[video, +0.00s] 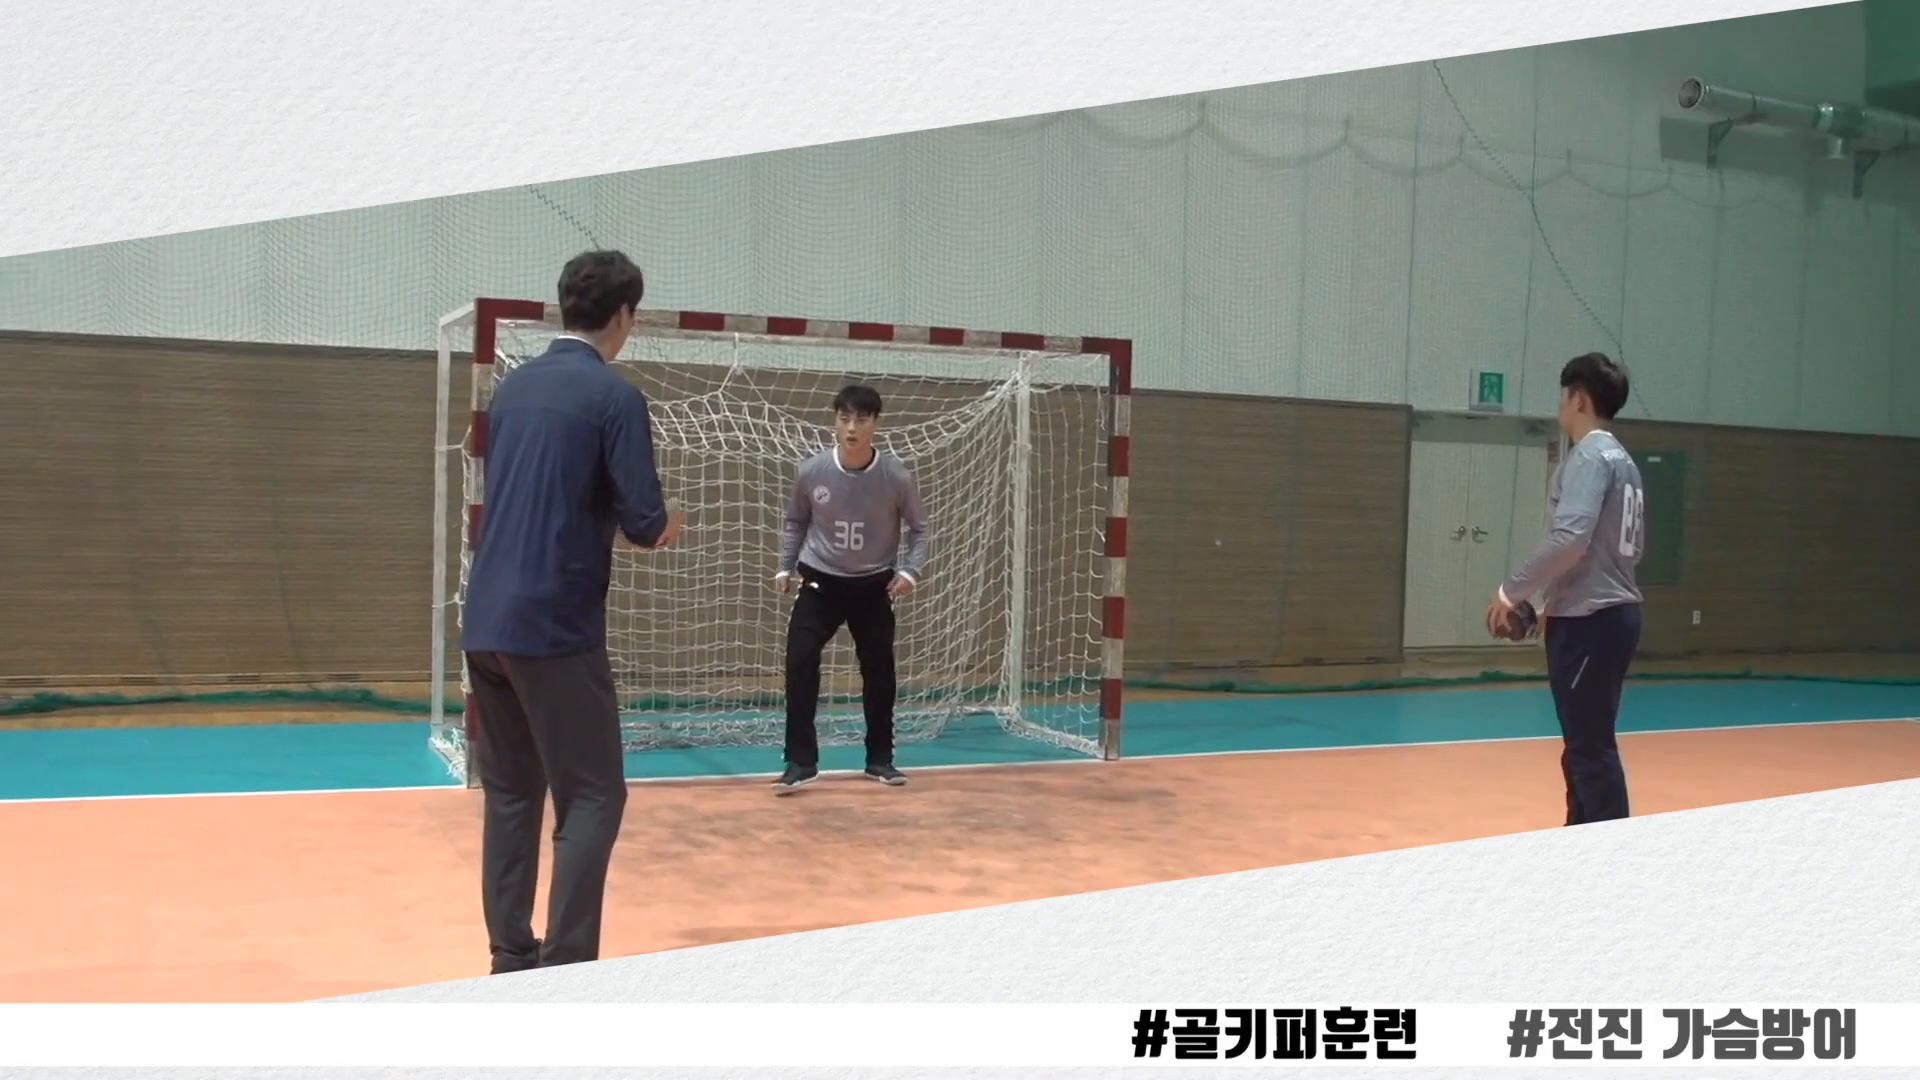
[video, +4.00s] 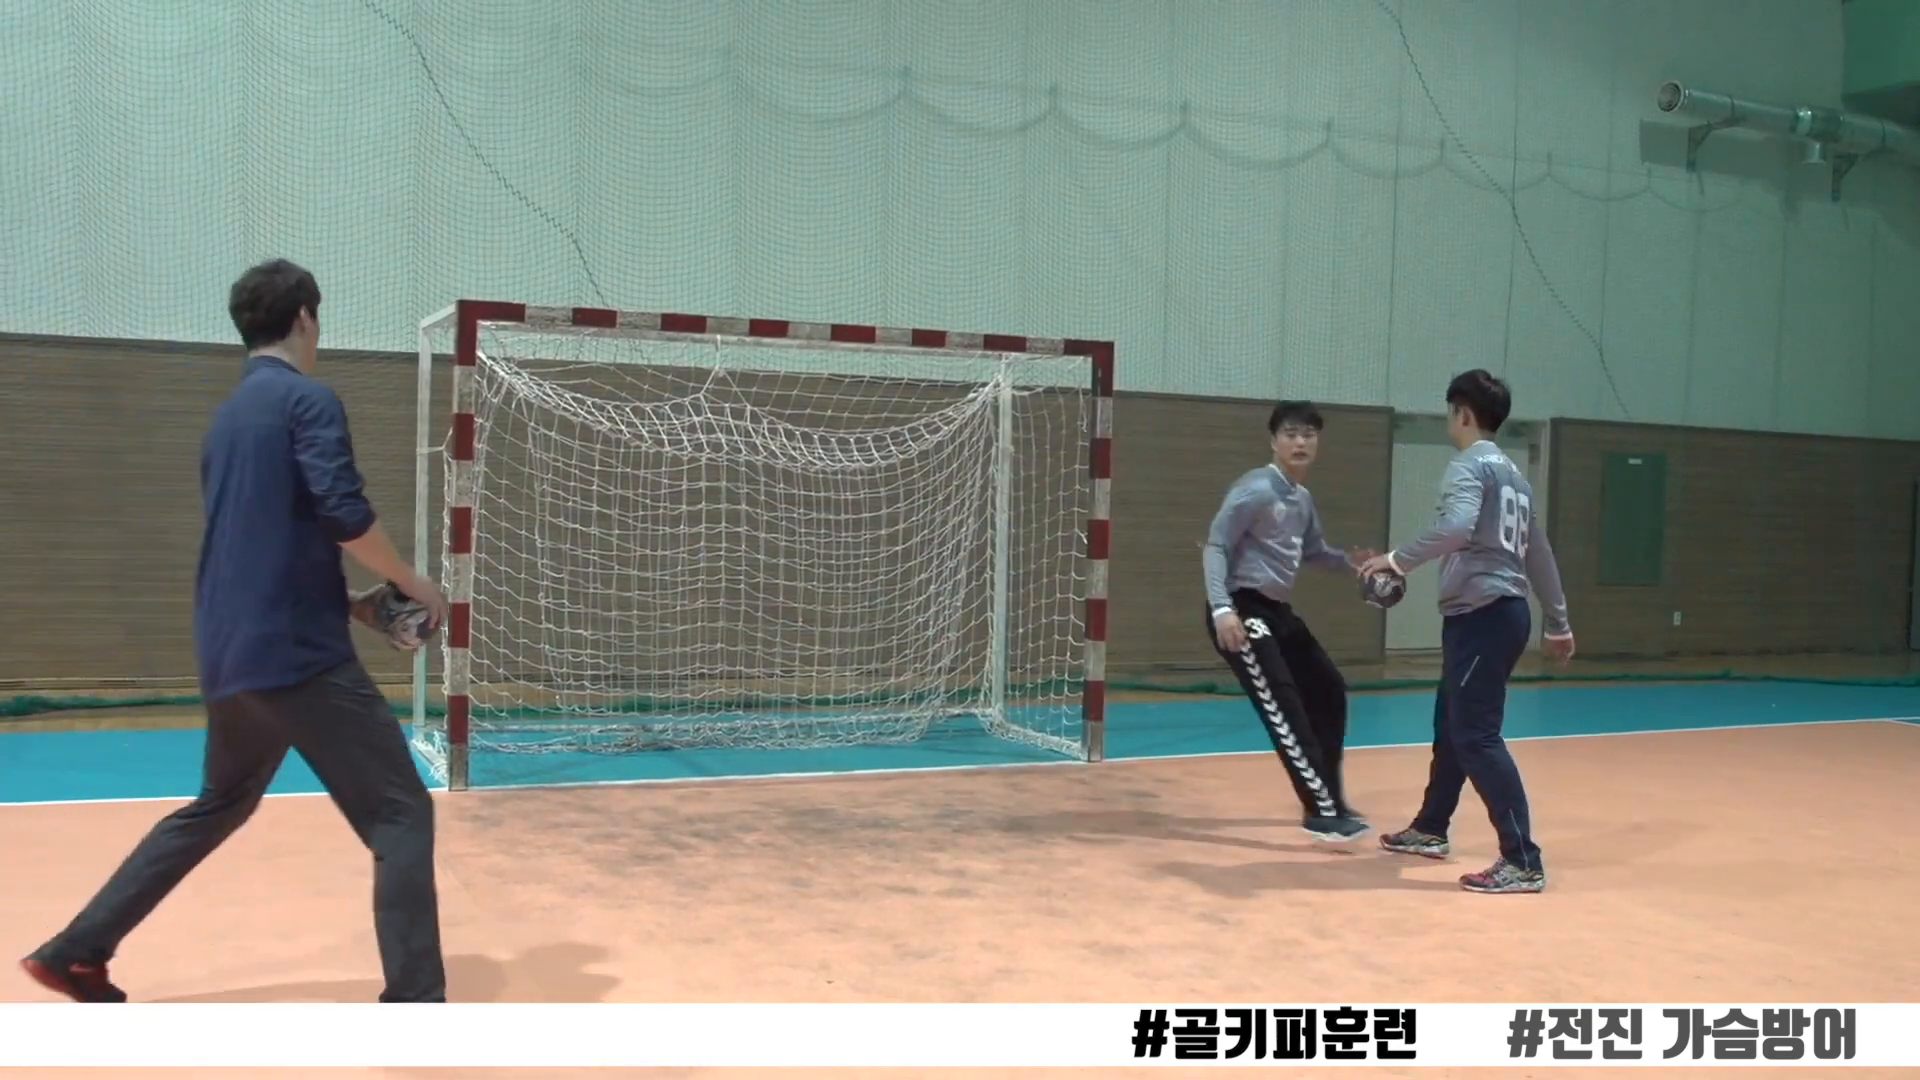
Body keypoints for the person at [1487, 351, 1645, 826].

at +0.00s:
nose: (1561, 408)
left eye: (1563, 398)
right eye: (1562, 398)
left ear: (1579, 399)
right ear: (1602, 404)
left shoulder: (1590, 454)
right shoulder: (1622, 459)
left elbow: (1570, 539)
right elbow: (1618, 552)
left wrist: (1511, 590)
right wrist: (1553, 605)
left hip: (1588, 621)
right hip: (1612, 618)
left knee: (1588, 752)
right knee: (1588, 750)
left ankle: (1607, 860)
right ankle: (1583, 857)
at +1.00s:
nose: (1523, 408)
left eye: (1531, 399)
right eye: (1527, 399)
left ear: (1555, 407)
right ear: (1562, 410)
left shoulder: (1557, 456)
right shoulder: (1581, 462)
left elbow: (1541, 537)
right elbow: (1571, 551)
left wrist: (1492, 556)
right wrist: (1513, 567)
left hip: (1565, 612)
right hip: (1590, 611)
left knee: (1537, 731)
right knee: (1569, 734)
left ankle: (1584, 862)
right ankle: (1558, 852)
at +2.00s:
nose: (1515, 407)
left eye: (1525, 398)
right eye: (1517, 398)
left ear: (1555, 406)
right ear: (1541, 407)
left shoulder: (1584, 464)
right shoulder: (1531, 473)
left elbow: (1597, 547)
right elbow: (1535, 545)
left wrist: (1515, 553)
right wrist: (1500, 551)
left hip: (1588, 627)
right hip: (1544, 627)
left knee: (1574, 749)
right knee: (1542, 747)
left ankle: (1594, 877)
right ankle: (1556, 853)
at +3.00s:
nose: (1435, 435)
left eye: (1440, 428)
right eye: (1438, 427)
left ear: (1455, 432)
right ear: (1474, 436)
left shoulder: (1456, 471)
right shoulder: (1487, 483)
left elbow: (1393, 437)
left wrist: (1381, 379)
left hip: (1484, 631)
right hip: (1478, 630)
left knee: (1508, 747)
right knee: (1432, 721)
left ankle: (1573, 863)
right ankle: (1427, 831)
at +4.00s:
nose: (1450, 421)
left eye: (1453, 413)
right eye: (1453, 413)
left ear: (1465, 414)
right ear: (1493, 419)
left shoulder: (1469, 463)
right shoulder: (1514, 475)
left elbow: (1457, 528)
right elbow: (1537, 552)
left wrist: (1399, 560)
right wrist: (1558, 621)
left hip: (1481, 614)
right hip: (1502, 613)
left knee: (1475, 736)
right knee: (1450, 727)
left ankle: (1522, 861)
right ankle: (1430, 829)